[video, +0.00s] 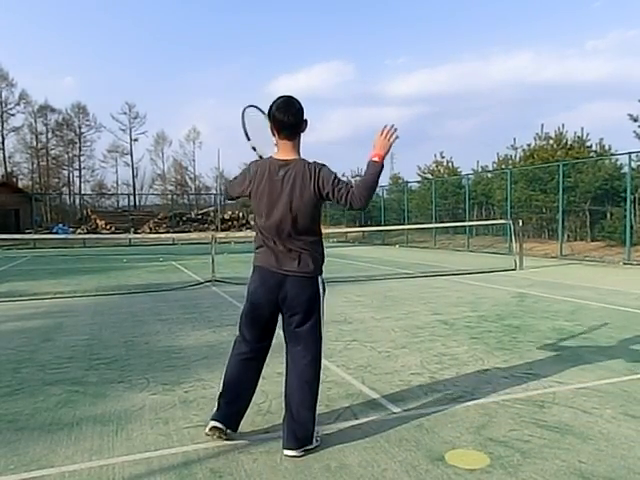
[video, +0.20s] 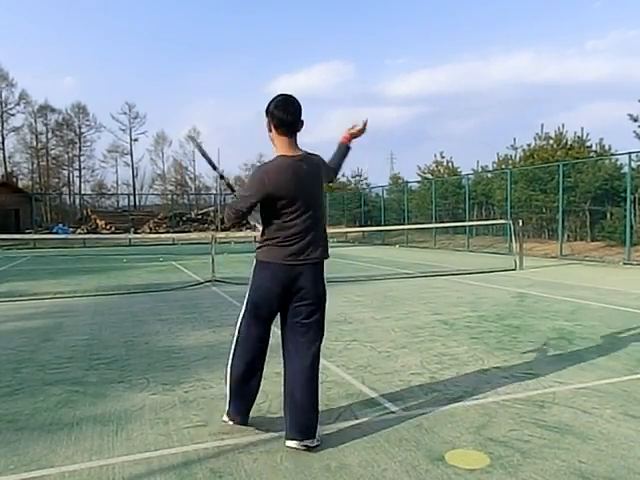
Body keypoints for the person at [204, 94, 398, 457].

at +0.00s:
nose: (279, 130)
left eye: (273, 125)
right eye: (301, 123)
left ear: (272, 129)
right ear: (304, 128)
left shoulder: (257, 172)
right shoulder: (315, 174)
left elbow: (230, 191)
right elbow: (357, 199)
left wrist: (255, 171)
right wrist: (377, 158)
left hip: (263, 277)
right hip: (302, 280)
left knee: (249, 345)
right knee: (302, 356)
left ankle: (224, 420)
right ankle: (297, 440)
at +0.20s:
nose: (268, 128)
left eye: (267, 123)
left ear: (270, 126)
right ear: (301, 126)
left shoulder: (267, 174)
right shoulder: (316, 165)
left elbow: (233, 217)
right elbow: (331, 171)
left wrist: (236, 217)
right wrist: (346, 141)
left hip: (271, 269)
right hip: (310, 270)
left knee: (251, 337)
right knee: (304, 348)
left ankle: (237, 412)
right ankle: (301, 433)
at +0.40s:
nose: (261, 128)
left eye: (263, 122)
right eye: (265, 122)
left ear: (266, 126)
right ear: (294, 130)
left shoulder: (277, 167)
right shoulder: (296, 163)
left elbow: (284, 211)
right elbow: (257, 178)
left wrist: (254, 224)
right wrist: (225, 189)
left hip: (274, 266)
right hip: (307, 264)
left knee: (261, 334)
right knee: (304, 338)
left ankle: (264, 408)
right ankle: (305, 422)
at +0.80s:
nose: (245, 143)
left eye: (245, 137)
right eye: (247, 137)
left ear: (250, 137)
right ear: (276, 141)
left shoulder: (267, 170)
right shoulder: (274, 174)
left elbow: (293, 198)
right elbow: (281, 222)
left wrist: (261, 223)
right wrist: (249, 241)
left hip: (272, 271)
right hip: (300, 268)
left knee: (263, 345)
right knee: (297, 343)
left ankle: (269, 413)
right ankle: (323, 407)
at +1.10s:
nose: (263, 142)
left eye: (263, 137)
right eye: (268, 137)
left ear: (267, 139)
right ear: (294, 141)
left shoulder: (261, 171)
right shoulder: (310, 179)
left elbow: (241, 203)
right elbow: (321, 225)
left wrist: (228, 229)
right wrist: (295, 239)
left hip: (274, 269)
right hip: (310, 269)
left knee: (264, 342)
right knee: (308, 341)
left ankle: (267, 416)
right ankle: (309, 418)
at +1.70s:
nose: (280, 133)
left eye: (278, 128)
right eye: (280, 128)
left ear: (247, 132)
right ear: (277, 131)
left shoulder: (242, 174)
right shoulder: (276, 170)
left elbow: (250, 220)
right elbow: (289, 216)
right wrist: (328, 246)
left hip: (247, 268)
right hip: (277, 267)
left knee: (255, 346)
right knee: (297, 345)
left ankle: (251, 424)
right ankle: (302, 426)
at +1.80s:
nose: (277, 131)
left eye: (276, 125)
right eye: (276, 125)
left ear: (244, 132)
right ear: (272, 130)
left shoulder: (243, 168)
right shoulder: (274, 170)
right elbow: (282, 216)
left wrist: (281, 138)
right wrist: (323, 247)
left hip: (247, 268)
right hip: (276, 268)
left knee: (256, 349)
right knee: (298, 350)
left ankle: (250, 425)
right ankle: (292, 434)